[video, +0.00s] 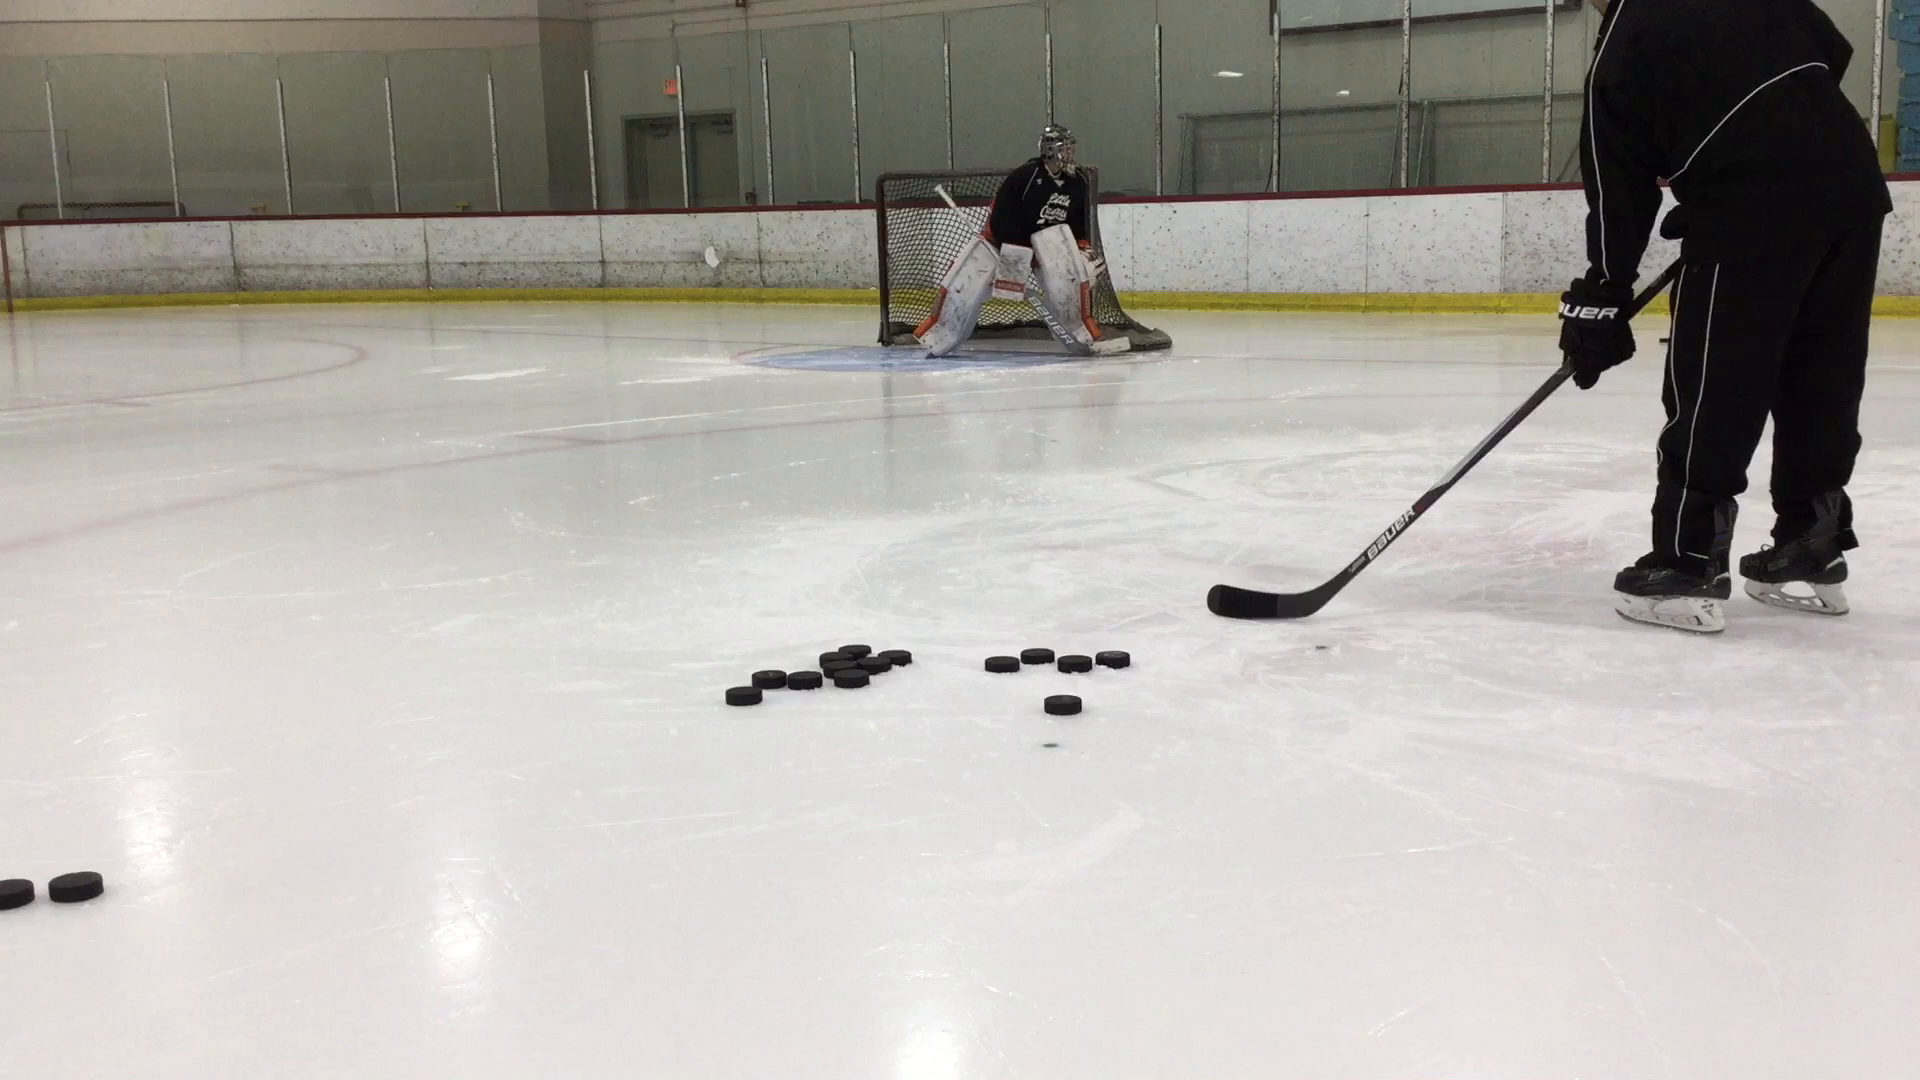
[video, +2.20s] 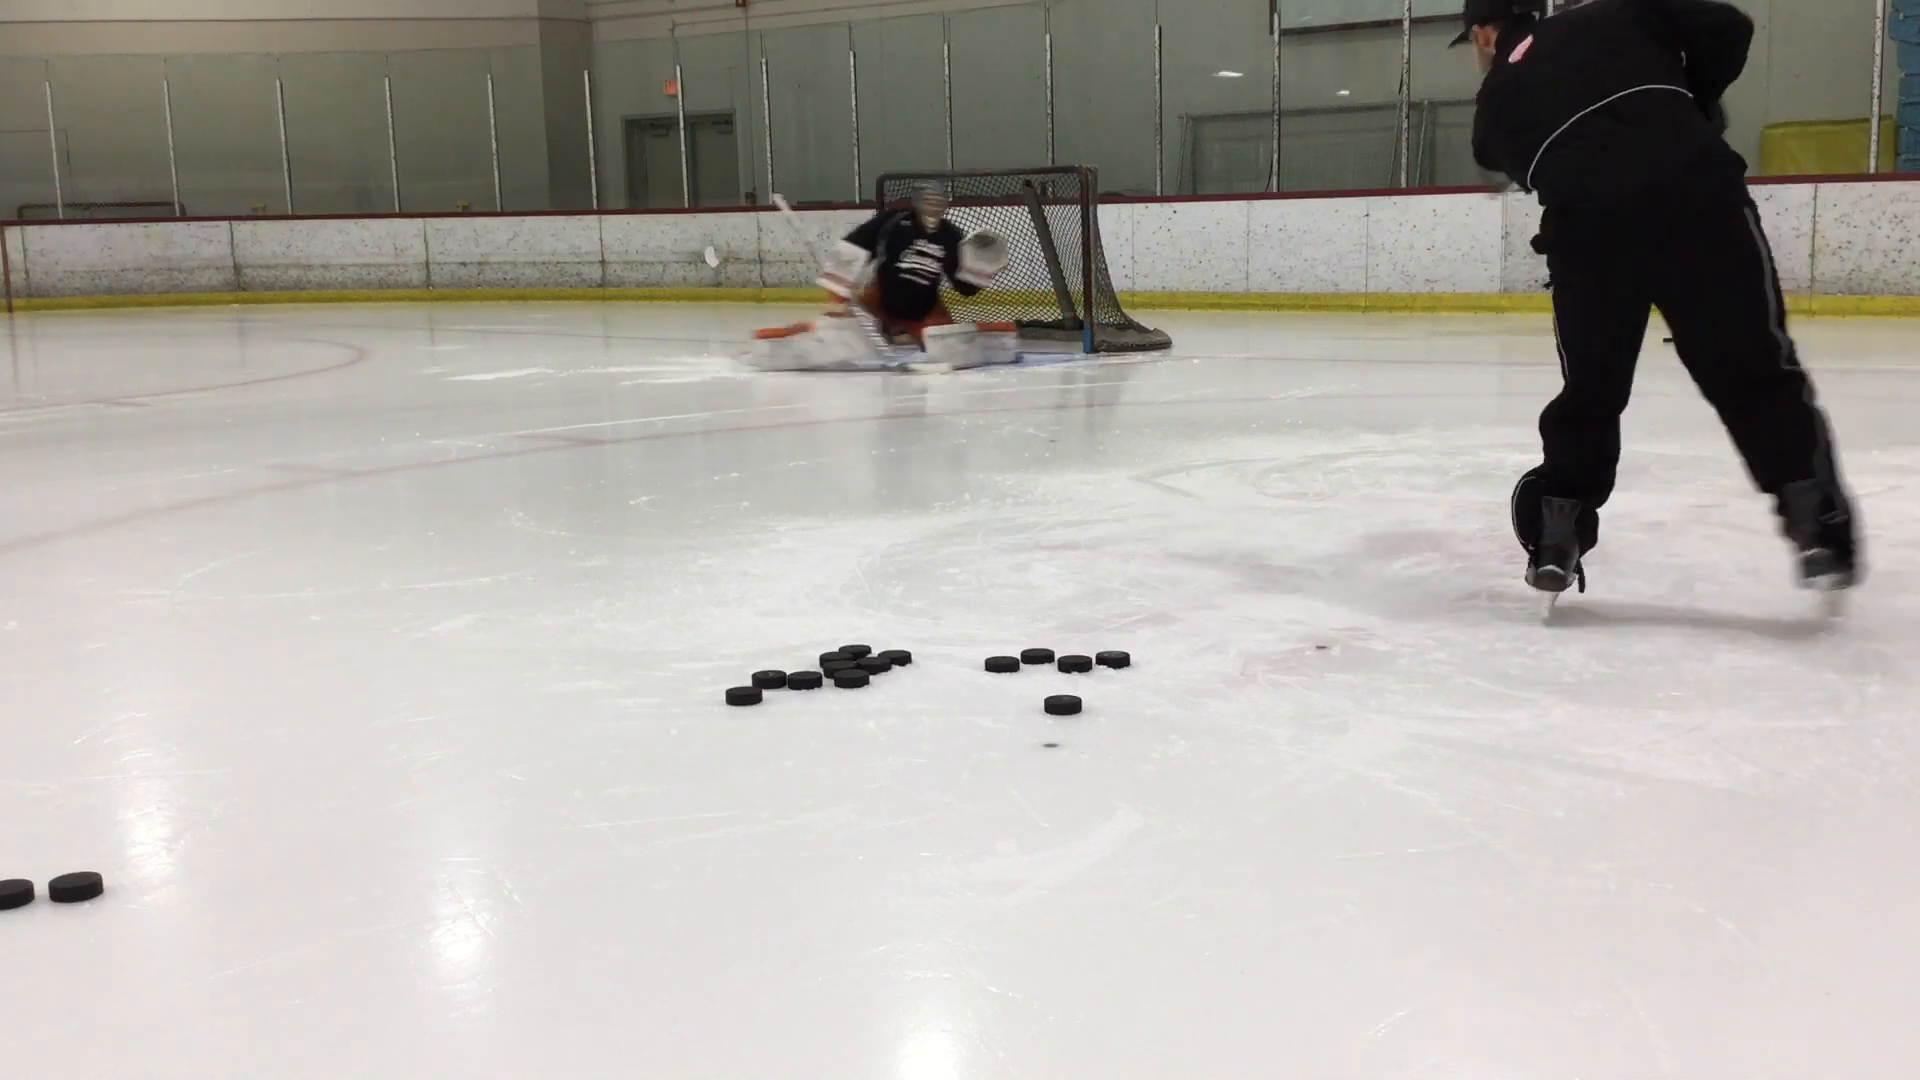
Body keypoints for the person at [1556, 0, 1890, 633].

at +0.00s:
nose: (1578, 7)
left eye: (1584, 8)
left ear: (1603, 3)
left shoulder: (1618, 54)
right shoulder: (1761, 3)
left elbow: (1619, 189)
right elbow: (1831, 51)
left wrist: (1601, 299)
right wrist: (1728, 178)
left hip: (1748, 208)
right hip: (1853, 193)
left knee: (1712, 384)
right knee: (1822, 378)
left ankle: (1691, 557)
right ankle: (1812, 543)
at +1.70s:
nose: (1514, 57)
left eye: (1510, 39)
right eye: (1507, 45)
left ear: (1537, 14)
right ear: (1578, 9)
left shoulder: (1563, 87)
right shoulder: (1682, 23)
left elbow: (1567, 217)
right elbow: (1764, 89)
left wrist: (1548, 324)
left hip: (1694, 225)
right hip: (1801, 204)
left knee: (1645, 392)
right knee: (1788, 391)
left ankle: (1626, 553)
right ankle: (1832, 548)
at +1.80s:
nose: (1495, 66)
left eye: (1489, 48)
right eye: (1486, 55)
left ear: (1517, 17)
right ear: (1554, 12)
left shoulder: (1546, 85)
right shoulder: (1656, 31)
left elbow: (1551, 214)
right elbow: (1743, 89)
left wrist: (1539, 324)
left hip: (1674, 218)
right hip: (1778, 197)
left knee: (1627, 385)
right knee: (1778, 384)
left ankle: (1599, 546)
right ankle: (1843, 541)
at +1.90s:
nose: (1483, 73)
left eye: (1474, 54)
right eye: (1472, 63)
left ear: (1497, 15)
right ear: (1542, 9)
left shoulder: (1525, 84)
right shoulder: (1630, 31)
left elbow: (1538, 203)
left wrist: (1540, 310)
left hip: (1644, 228)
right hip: (1749, 205)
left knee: (1613, 384)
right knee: (1792, 372)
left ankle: (1577, 543)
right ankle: (1867, 532)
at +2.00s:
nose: (1472, 76)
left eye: (1466, 62)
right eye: (1464, 68)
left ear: (1481, 29)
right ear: (1522, 13)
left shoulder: (1504, 100)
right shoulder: (1626, 10)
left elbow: (1516, 225)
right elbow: (1723, 44)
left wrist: (1490, 278)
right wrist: (1651, 90)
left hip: (1616, 238)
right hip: (1723, 203)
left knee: (1604, 388)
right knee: (1793, 363)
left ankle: (1572, 537)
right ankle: (1882, 499)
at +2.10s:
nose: (1463, 77)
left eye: (1459, 62)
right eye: (1459, 64)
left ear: (1476, 44)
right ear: (1521, 23)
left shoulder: (1486, 118)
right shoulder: (1620, 13)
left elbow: (1526, 217)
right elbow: (1727, 44)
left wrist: (1547, 232)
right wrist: (1671, 106)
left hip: (1604, 233)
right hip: (1713, 201)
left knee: (1594, 391)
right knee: (1772, 358)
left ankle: (1561, 534)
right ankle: (1863, 492)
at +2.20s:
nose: (1475, 50)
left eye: (1475, 38)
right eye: (1472, 40)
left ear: (1491, 29)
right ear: (1542, 13)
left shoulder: (1497, 93)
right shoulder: (1618, 9)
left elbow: (1492, 153)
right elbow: (1728, 25)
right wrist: (1695, 97)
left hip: (1592, 232)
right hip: (1702, 206)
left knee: (1590, 393)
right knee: (1754, 367)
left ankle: (1558, 531)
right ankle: (1817, 519)